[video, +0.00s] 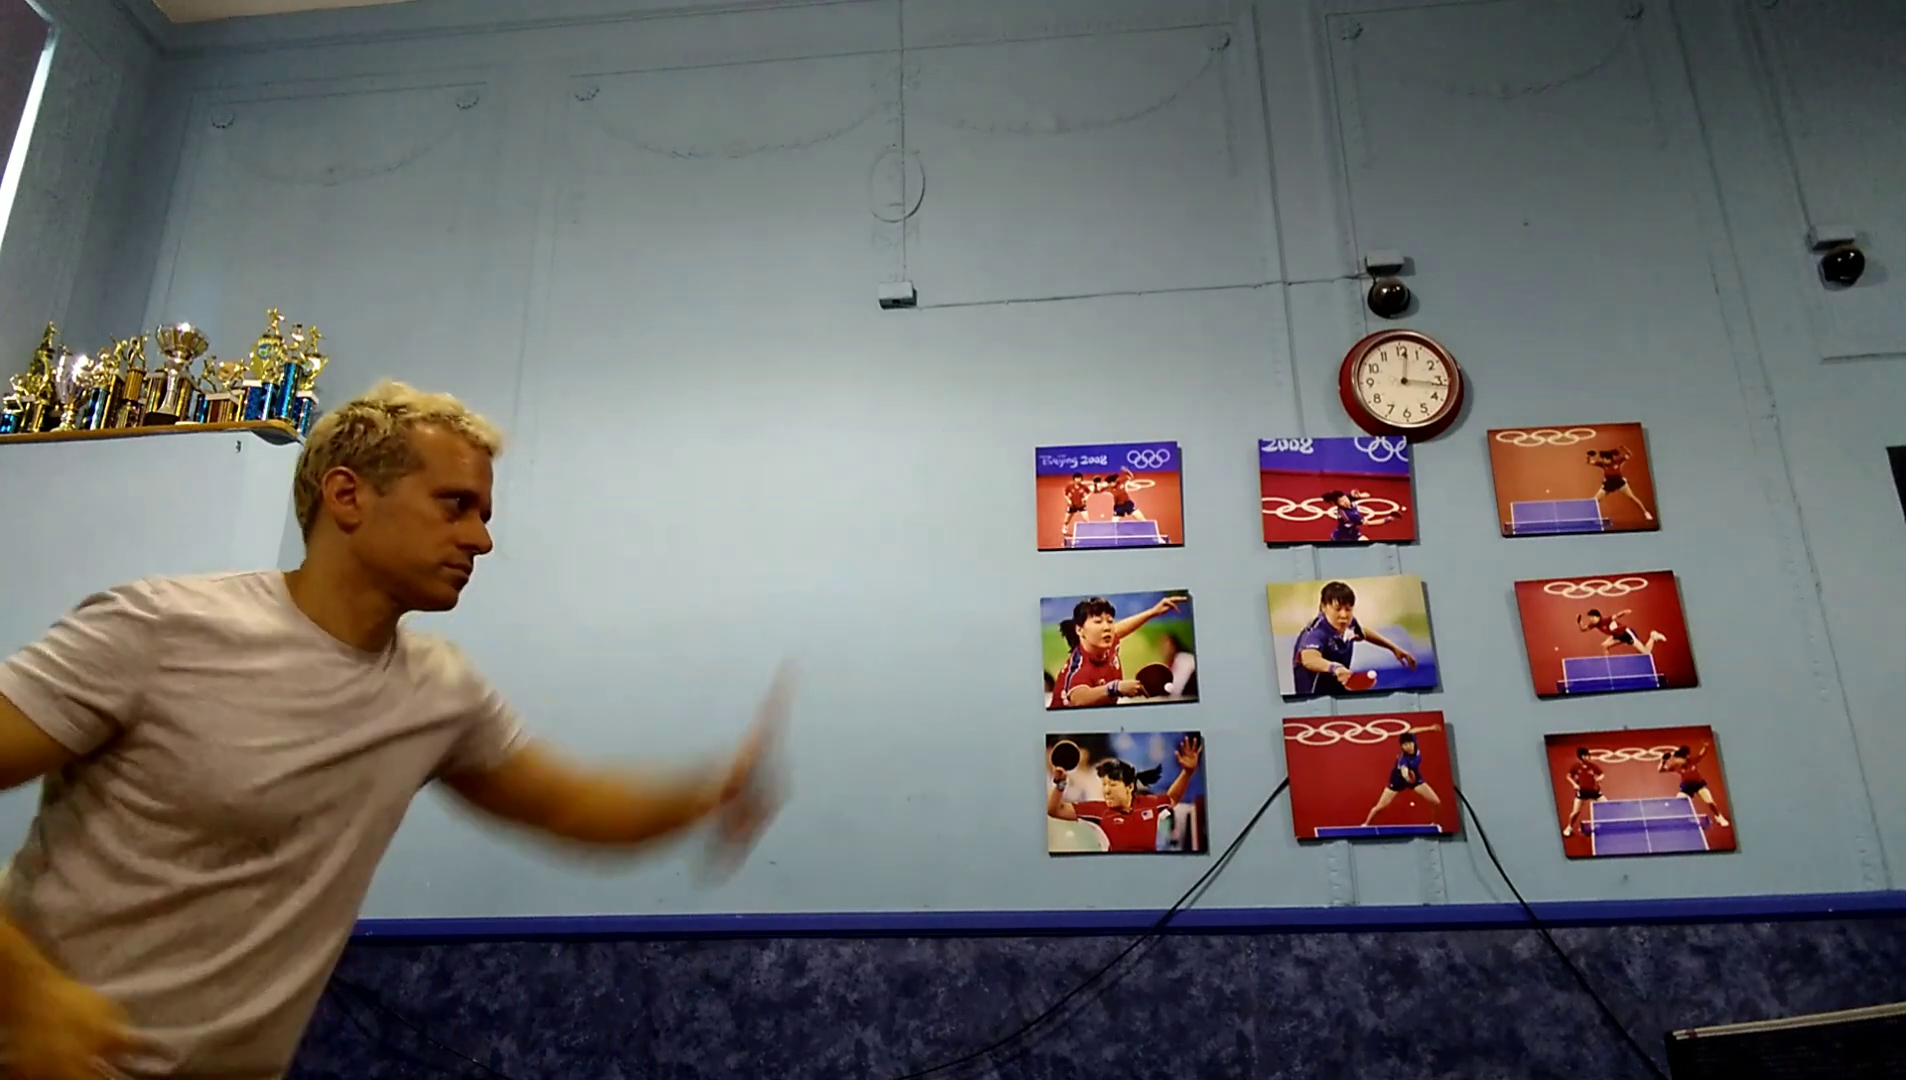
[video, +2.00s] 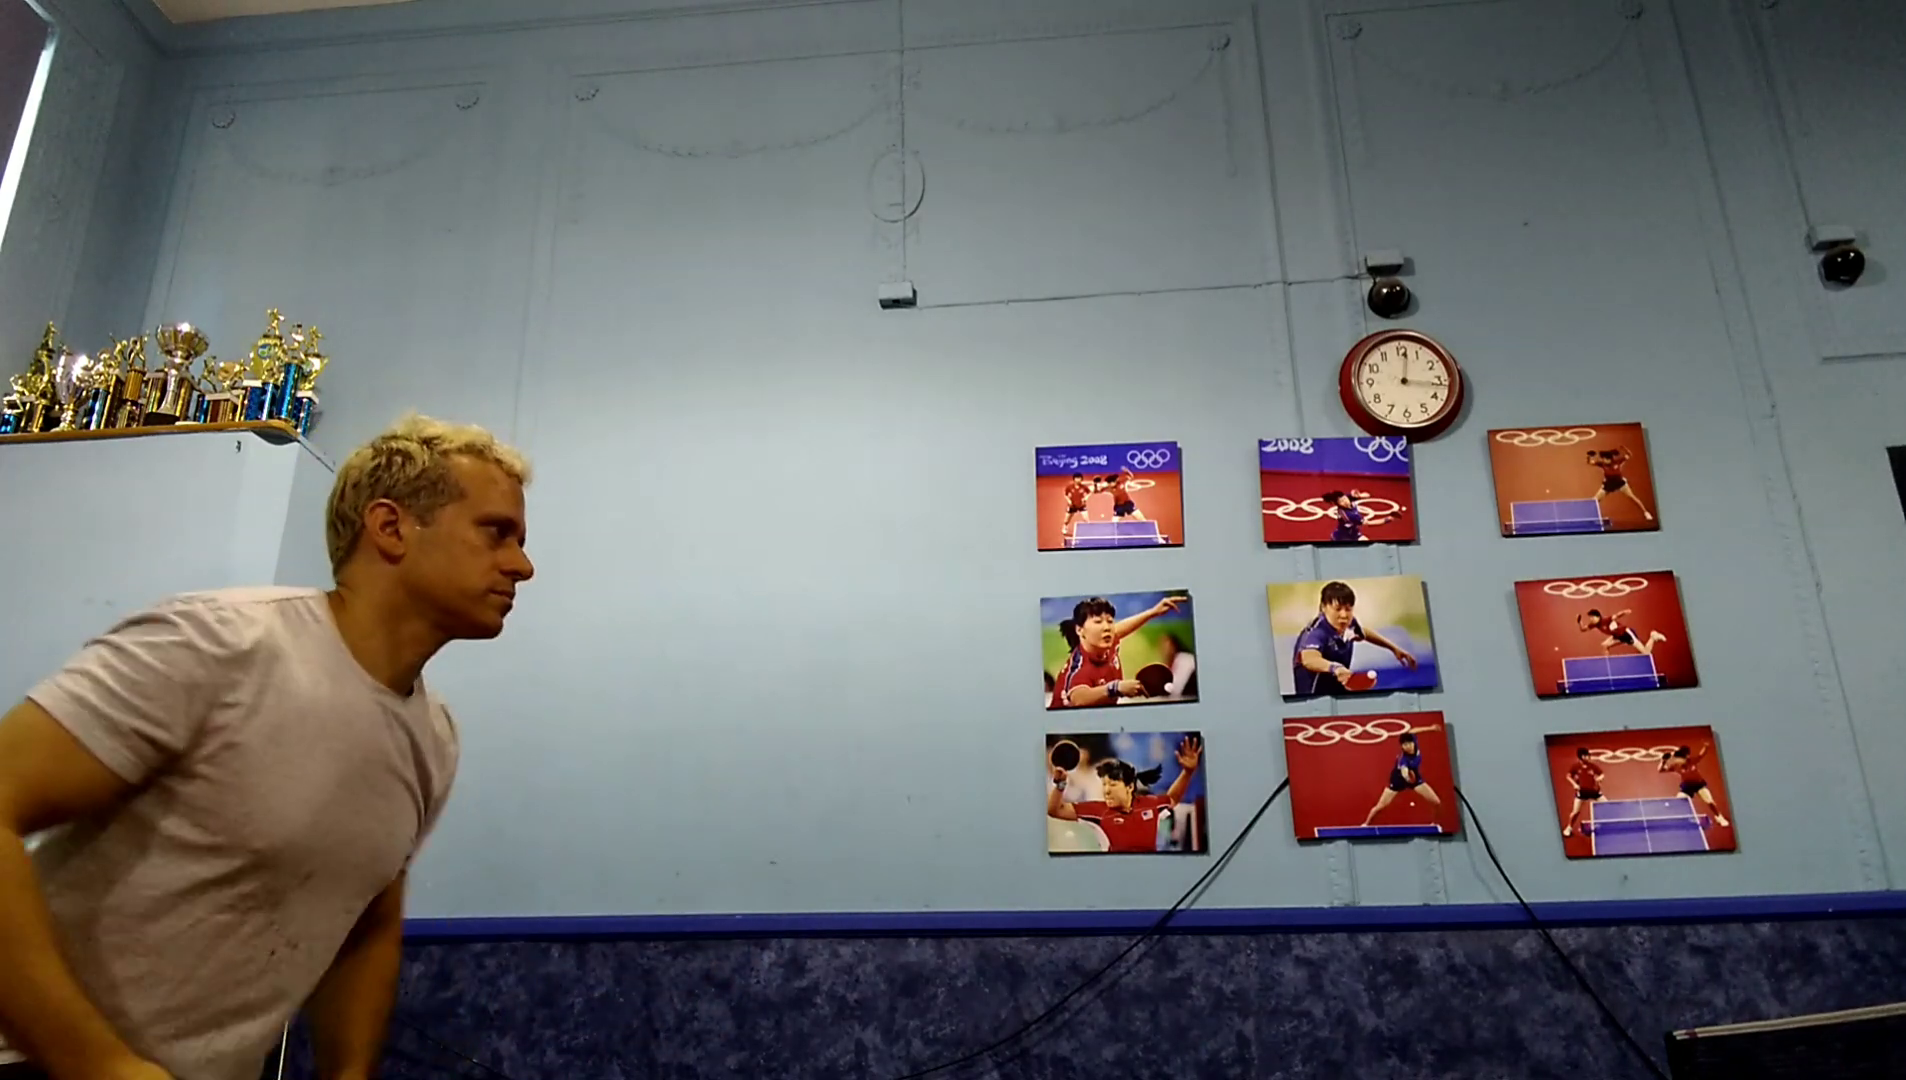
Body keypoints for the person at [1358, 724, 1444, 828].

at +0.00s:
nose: (1408, 747)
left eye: (1409, 744)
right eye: (1405, 745)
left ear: (1413, 743)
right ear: (1402, 747)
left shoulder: (1416, 747)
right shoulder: (1403, 759)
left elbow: (1413, 731)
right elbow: (1404, 771)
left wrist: (1431, 728)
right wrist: (1409, 779)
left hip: (1415, 780)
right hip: (1398, 781)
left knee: (1436, 802)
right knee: (1381, 805)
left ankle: (1434, 823)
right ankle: (1366, 823)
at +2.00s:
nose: (1408, 747)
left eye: (1409, 744)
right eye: (1405, 745)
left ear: (1413, 743)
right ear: (1402, 747)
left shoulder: (1415, 746)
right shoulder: (1403, 759)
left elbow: (1413, 731)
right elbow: (1404, 772)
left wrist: (1431, 728)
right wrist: (1409, 779)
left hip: (1415, 779)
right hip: (1398, 781)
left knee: (1436, 802)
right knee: (1381, 805)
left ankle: (1434, 823)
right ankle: (1366, 823)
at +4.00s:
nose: (1408, 747)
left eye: (1409, 744)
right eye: (1405, 745)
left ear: (1413, 743)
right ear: (1402, 746)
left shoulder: (1416, 747)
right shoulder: (1403, 759)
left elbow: (1413, 731)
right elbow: (1404, 772)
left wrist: (1431, 728)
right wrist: (1409, 779)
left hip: (1415, 780)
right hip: (1398, 781)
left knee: (1436, 801)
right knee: (1381, 805)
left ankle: (1434, 823)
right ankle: (1366, 823)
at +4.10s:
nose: (1408, 747)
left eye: (1409, 744)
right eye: (1405, 745)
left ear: (1413, 743)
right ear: (1402, 746)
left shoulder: (1416, 747)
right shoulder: (1403, 759)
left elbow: (1413, 731)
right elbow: (1404, 772)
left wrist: (1431, 728)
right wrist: (1409, 779)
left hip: (1415, 780)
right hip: (1398, 781)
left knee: (1436, 802)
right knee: (1381, 805)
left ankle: (1434, 823)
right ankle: (1366, 823)